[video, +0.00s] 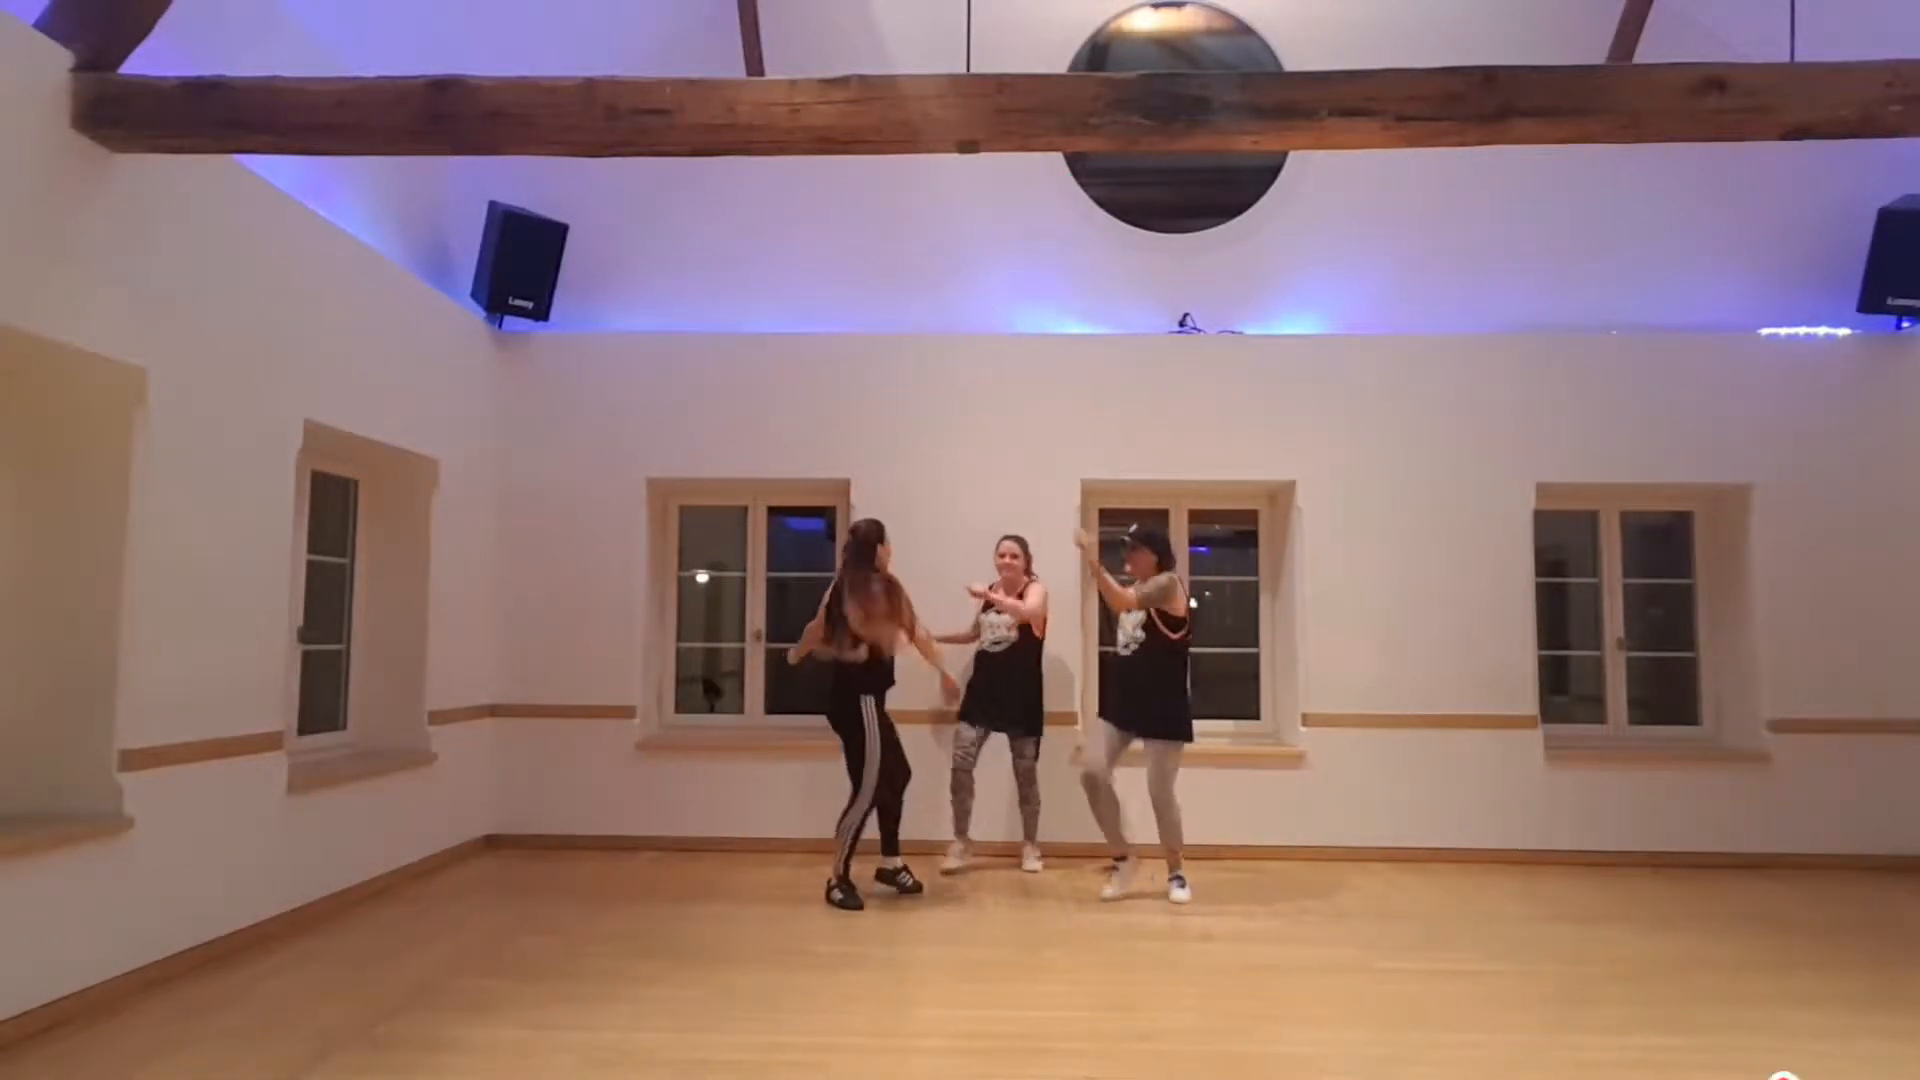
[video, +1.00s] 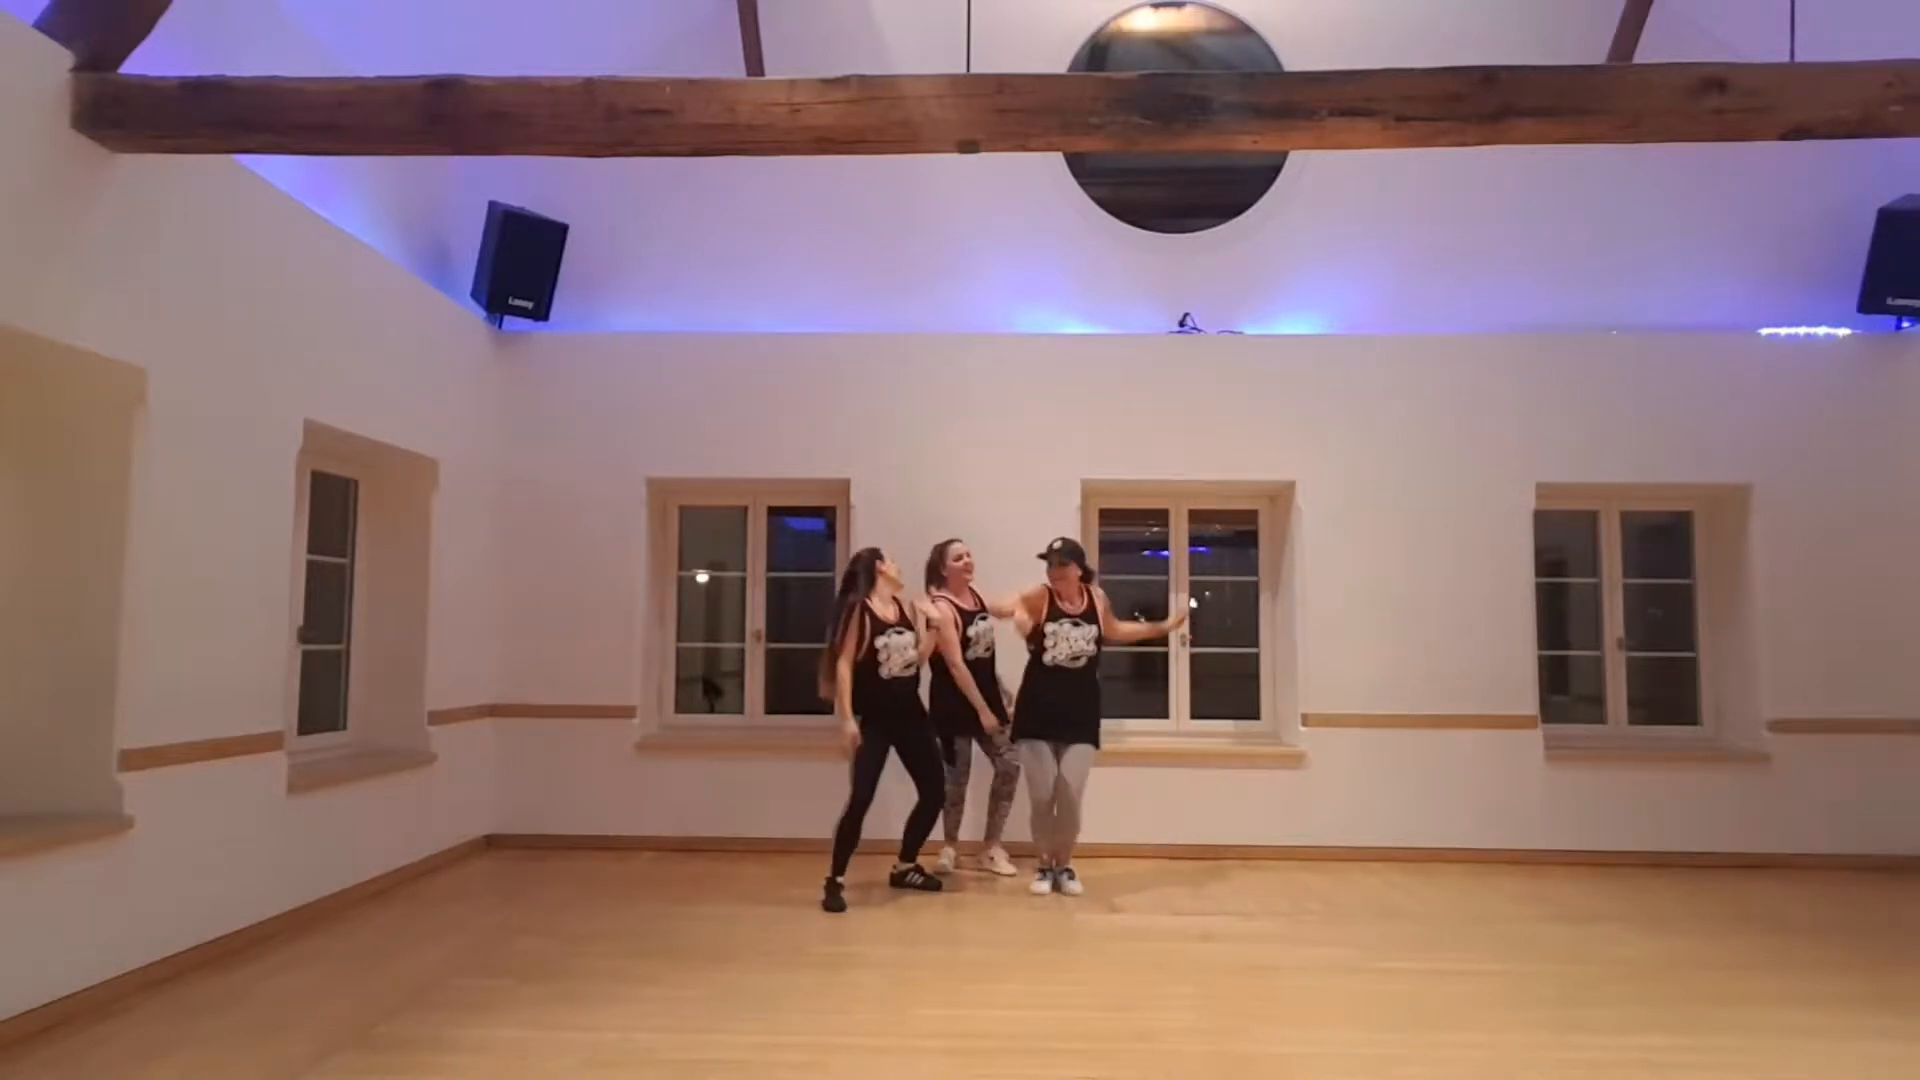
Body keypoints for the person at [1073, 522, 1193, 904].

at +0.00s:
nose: (1129, 558)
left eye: (1136, 551)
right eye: (1127, 551)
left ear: (1157, 555)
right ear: (1132, 558)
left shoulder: (1168, 584)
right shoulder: (1134, 589)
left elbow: (1124, 603)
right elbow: (1117, 603)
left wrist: (1095, 567)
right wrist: (1097, 572)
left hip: (1165, 710)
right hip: (1124, 706)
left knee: (1160, 790)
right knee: (1092, 773)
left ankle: (1176, 874)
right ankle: (1123, 859)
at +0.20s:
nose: (1117, 554)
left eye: (1125, 548)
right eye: (1116, 548)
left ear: (1144, 553)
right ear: (1121, 552)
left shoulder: (1162, 584)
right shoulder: (1116, 588)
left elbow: (1120, 570)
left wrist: (1069, 557)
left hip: (1148, 702)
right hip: (1105, 695)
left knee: (1152, 788)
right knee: (1073, 773)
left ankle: (1178, 875)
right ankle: (1067, 861)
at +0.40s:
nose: (1101, 585)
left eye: (1107, 578)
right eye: (1099, 578)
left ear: (1126, 579)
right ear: (1101, 581)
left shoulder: (1145, 611)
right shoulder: (1098, 610)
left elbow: (1119, 639)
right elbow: (1087, 655)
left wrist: (1091, 668)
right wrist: (1065, 692)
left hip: (1121, 721)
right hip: (1080, 713)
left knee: (1132, 806)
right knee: (1046, 790)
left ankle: (1173, 876)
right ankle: (1055, 869)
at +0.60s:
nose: (1073, 568)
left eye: (1081, 563)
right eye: (1074, 562)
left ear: (1101, 572)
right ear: (1075, 567)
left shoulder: (1120, 608)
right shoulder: (1061, 595)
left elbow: (1140, 660)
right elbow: (1034, 634)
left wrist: (1160, 712)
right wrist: (1021, 630)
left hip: (1099, 714)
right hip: (1054, 711)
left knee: (1119, 792)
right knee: (1041, 788)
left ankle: (1163, 869)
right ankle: (1053, 867)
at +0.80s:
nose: (1056, 555)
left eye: (1064, 550)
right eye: (1056, 548)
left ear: (1084, 555)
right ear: (1057, 551)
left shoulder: (1106, 586)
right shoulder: (1044, 578)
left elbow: (1133, 614)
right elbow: (990, 597)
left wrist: (1171, 633)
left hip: (1089, 696)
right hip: (1042, 695)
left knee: (1085, 777)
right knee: (1040, 782)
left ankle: (1083, 861)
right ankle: (1044, 865)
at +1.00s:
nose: (1053, 573)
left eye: (1061, 567)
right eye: (1050, 567)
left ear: (1079, 568)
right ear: (1046, 568)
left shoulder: (1096, 597)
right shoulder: (1039, 597)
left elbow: (1112, 632)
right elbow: (1008, 611)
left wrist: (1163, 628)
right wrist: (1019, 616)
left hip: (1081, 712)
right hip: (1037, 711)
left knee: (1070, 792)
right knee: (1041, 796)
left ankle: (1063, 866)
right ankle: (1045, 867)